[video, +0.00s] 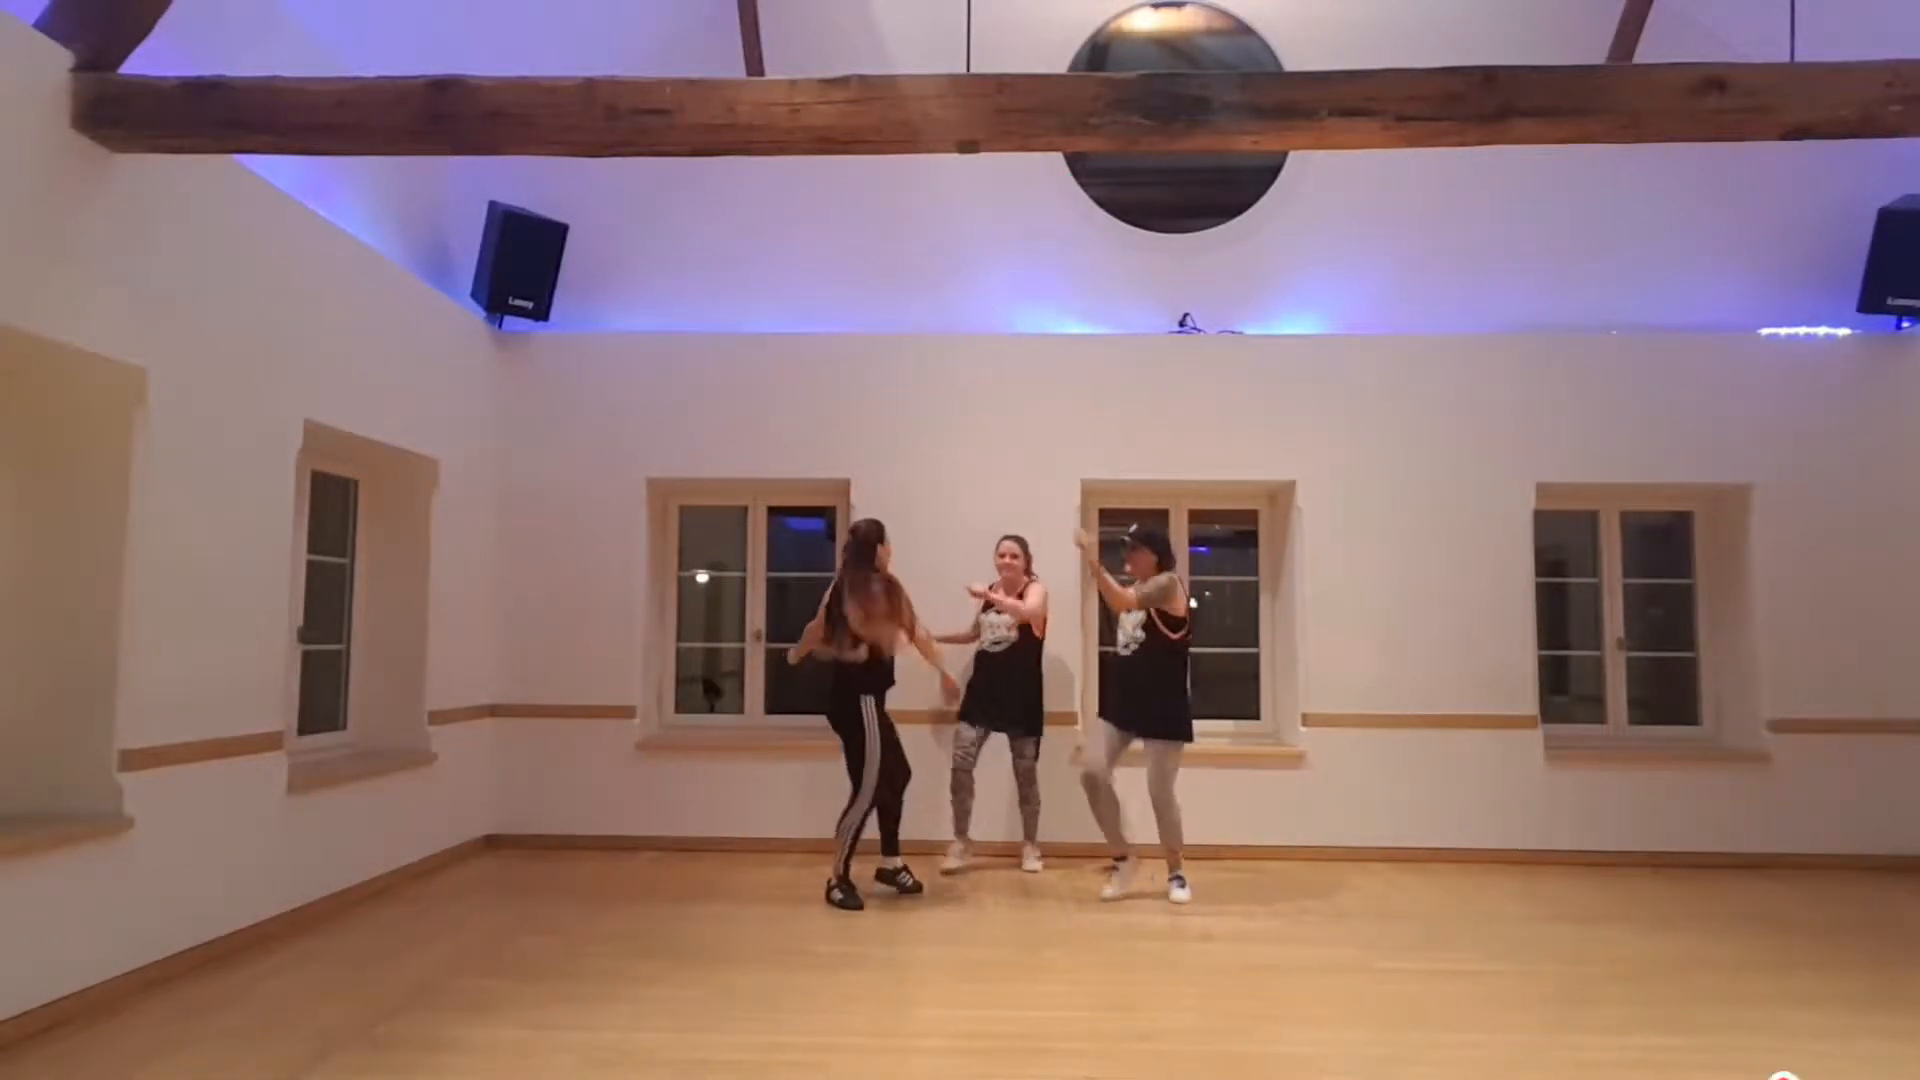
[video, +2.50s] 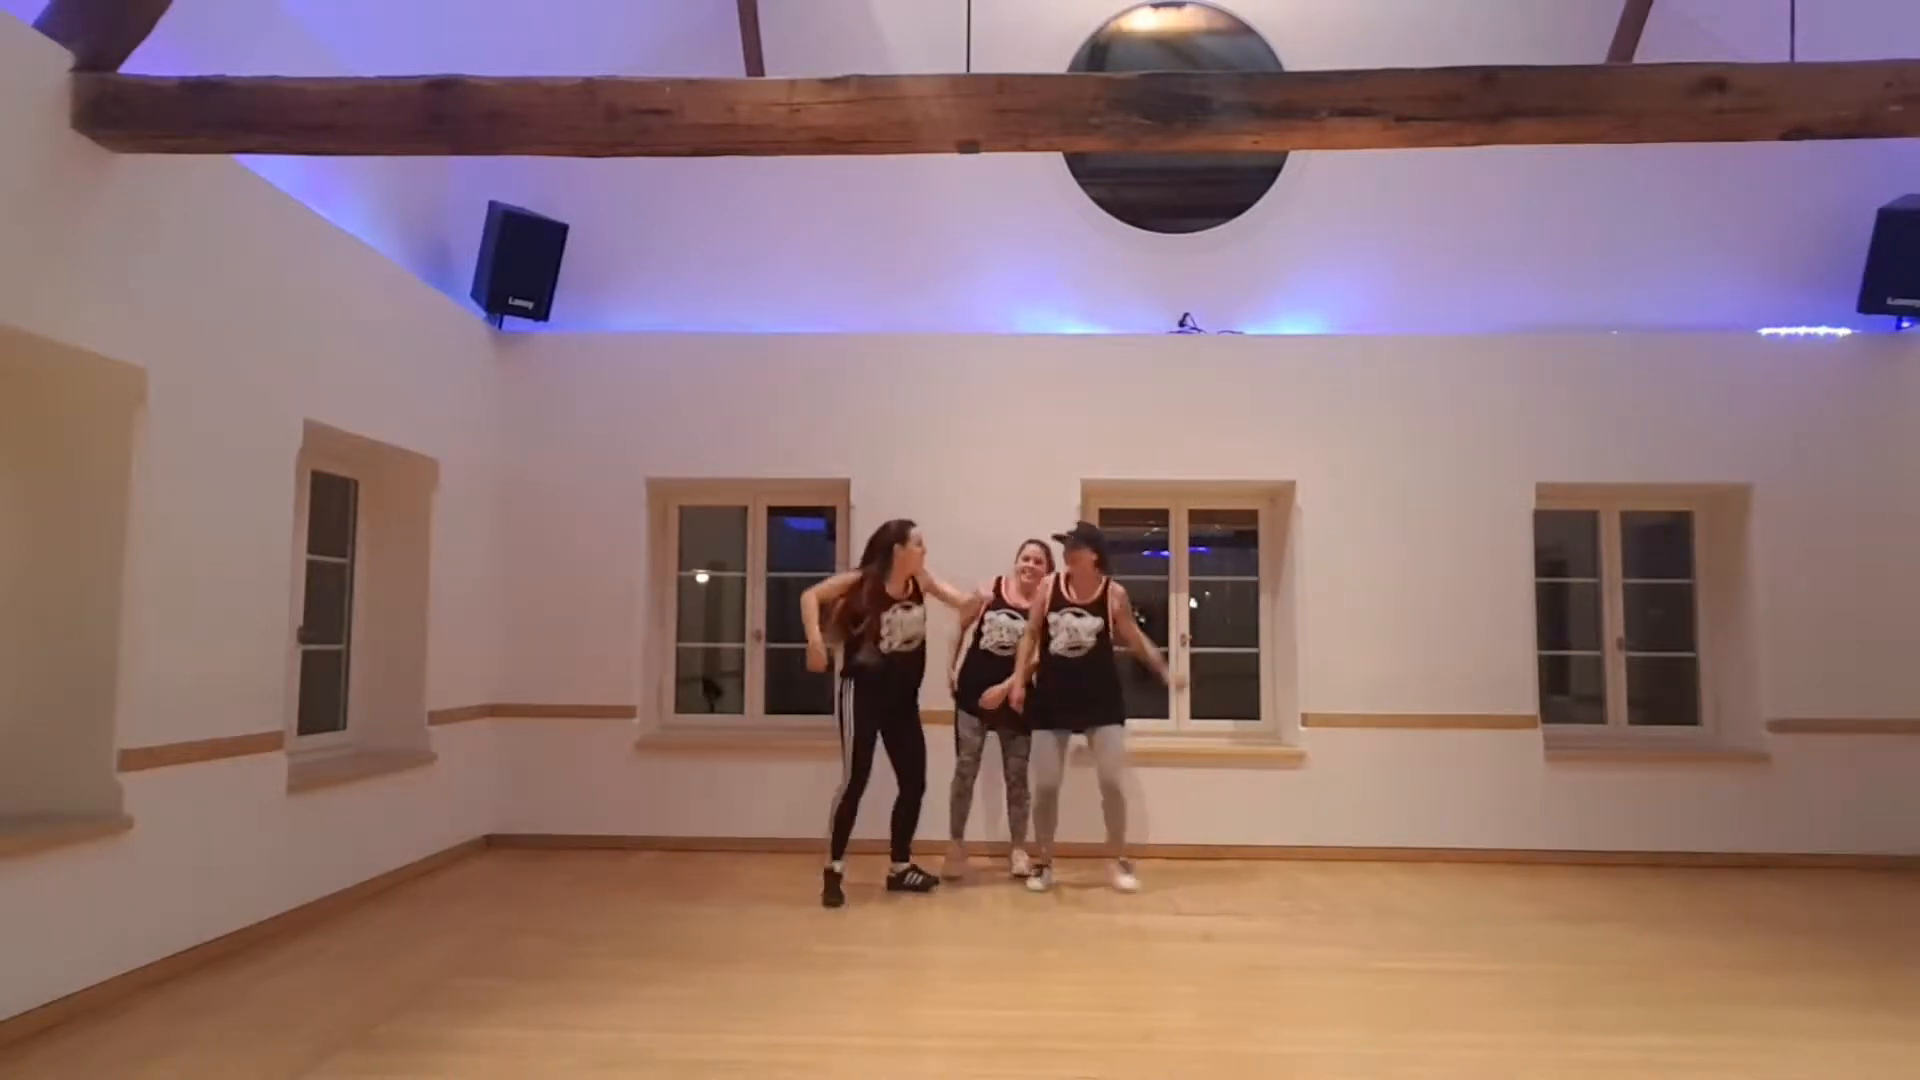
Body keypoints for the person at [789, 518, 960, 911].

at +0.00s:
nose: (891, 549)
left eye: (887, 543)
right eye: (887, 544)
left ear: (854, 549)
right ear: (880, 550)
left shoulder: (839, 588)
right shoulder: (887, 588)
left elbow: (813, 633)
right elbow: (916, 635)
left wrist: (796, 654)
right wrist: (944, 673)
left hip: (864, 698)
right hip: (858, 699)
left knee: (896, 775)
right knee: (868, 787)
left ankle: (891, 864)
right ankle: (838, 879)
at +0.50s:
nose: (894, 569)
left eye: (893, 562)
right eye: (891, 562)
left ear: (872, 567)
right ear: (878, 566)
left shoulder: (882, 604)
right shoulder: (842, 604)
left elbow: (887, 665)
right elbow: (812, 639)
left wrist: (909, 710)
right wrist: (782, 672)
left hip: (874, 711)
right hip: (838, 710)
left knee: (918, 788)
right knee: (861, 796)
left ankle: (887, 867)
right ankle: (838, 882)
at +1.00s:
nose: (896, 565)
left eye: (892, 559)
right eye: (890, 560)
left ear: (882, 570)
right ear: (877, 568)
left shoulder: (903, 607)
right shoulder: (860, 609)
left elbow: (919, 656)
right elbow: (844, 663)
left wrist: (929, 623)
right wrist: (846, 718)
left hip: (911, 714)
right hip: (875, 717)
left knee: (934, 793)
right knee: (860, 800)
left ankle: (906, 866)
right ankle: (835, 880)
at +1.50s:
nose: (921, 561)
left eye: (917, 555)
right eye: (919, 556)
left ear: (888, 561)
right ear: (915, 560)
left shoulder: (884, 596)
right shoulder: (911, 597)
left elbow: (868, 638)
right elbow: (905, 652)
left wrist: (884, 670)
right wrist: (937, 679)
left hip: (888, 698)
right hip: (901, 701)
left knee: (929, 788)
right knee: (930, 792)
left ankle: (906, 865)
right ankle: (869, 855)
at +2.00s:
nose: (929, 552)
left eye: (926, 547)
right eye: (924, 549)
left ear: (899, 558)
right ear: (913, 558)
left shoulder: (890, 585)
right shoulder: (919, 586)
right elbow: (950, 620)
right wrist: (969, 647)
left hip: (885, 691)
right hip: (878, 692)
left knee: (913, 781)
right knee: (876, 785)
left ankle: (903, 870)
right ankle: (829, 873)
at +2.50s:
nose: (924, 550)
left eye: (923, 544)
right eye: (918, 544)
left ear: (909, 551)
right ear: (896, 550)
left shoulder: (919, 584)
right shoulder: (863, 582)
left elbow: (964, 603)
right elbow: (810, 597)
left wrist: (972, 602)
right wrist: (815, 644)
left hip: (900, 697)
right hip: (859, 693)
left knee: (913, 782)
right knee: (855, 778)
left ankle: (900, 868)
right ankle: (834, 869)